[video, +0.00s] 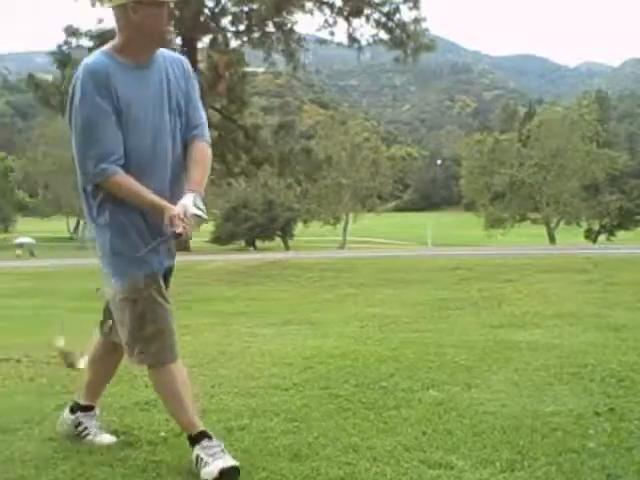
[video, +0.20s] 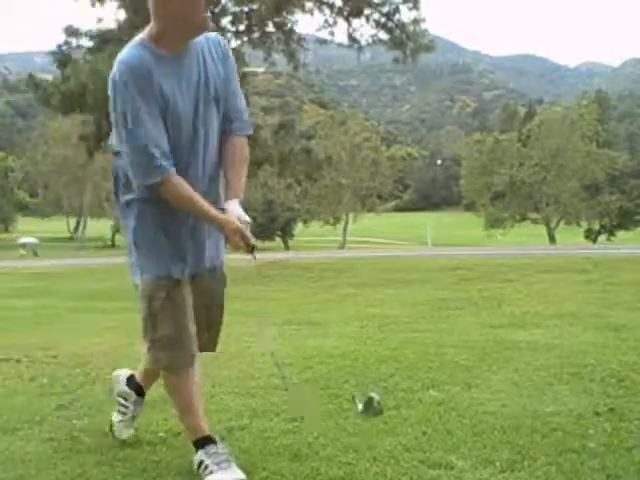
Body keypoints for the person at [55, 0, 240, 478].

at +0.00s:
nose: (170, 13)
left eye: (170, 5)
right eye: (159, 6)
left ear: (158, 15)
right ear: (127, 14)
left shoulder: (178, 67)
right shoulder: (95, 74)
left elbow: (198, 138)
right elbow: (101, 170)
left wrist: (192, 198)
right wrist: (162, 207)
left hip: (165, 228)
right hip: (124, 233)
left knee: (121, 326)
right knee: (156, 334)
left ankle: (81, 413)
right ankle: (202, 442)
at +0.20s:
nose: (210, 7)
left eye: (208, 1)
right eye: (201, 1)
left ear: (197, 8)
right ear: (165, 5)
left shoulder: (214, 48)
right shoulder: (131, 69)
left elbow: (236, 129)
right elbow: (155, 173)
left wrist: (234, 201)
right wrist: (222, 220)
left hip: (207, 224)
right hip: (157, 228)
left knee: (195, 330)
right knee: (175, 339)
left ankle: (135, 386)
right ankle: (205, 445)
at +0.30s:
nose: (223, 6)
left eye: (223, 0)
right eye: (214, 0)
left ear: (214, 6)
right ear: (178, 3)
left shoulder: (227, 44)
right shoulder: (148, 62)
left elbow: (250, 127)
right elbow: (178, 168)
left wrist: (253, 199)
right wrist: (242, 217)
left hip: (227, 217)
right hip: (173, 220)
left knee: (230, 321)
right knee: (183, 336)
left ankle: (177, 382)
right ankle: (205, 444)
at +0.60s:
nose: (254, 3)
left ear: (252, 1)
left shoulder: (273, 33)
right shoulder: (183, 58)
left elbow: (292, 125)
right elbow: (208, 167)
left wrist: (287, 200)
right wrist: (275, 223)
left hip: (268, 214)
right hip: (205, 222)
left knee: (314, 314)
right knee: (199, 340)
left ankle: (360, 415)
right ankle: (207, 448)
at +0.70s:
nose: (266, 14)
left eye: (269, 7)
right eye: (258, 8)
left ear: (272, 4)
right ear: (230, 4)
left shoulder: (290, 34)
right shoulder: (197, 58)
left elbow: (307, 129)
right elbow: (221, 167)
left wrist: (299, 204)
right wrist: (281, 228)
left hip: (280, 216)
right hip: (216, 221)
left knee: (333, 310)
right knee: (205, 338)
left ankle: (384, 414)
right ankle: (208, 448)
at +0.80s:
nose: (284, 8)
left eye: (289, 3)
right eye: (274, 4)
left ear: (293, 3)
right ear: (246, 4)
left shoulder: (310, 36)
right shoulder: (215, 59)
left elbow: (325, 133)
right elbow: (235, 168)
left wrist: (317, 211)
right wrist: (295, 232)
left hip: (298, 219)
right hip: (230, 222)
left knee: (350, 316)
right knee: (213, 337)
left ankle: (395, 427)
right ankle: (209, 449)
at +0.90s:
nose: (306, 16)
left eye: (311, 8)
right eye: (296, 9)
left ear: (318, 7)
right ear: (269, 7)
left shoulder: (337, 39)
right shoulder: (239, 61)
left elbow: (348, 135)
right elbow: (254, 171)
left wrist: (335, 216)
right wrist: (311, 240)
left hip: (318, 225)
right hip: (249, 227)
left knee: (357, 335)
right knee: (224, 341)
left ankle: (383, 449)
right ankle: (211, 448)